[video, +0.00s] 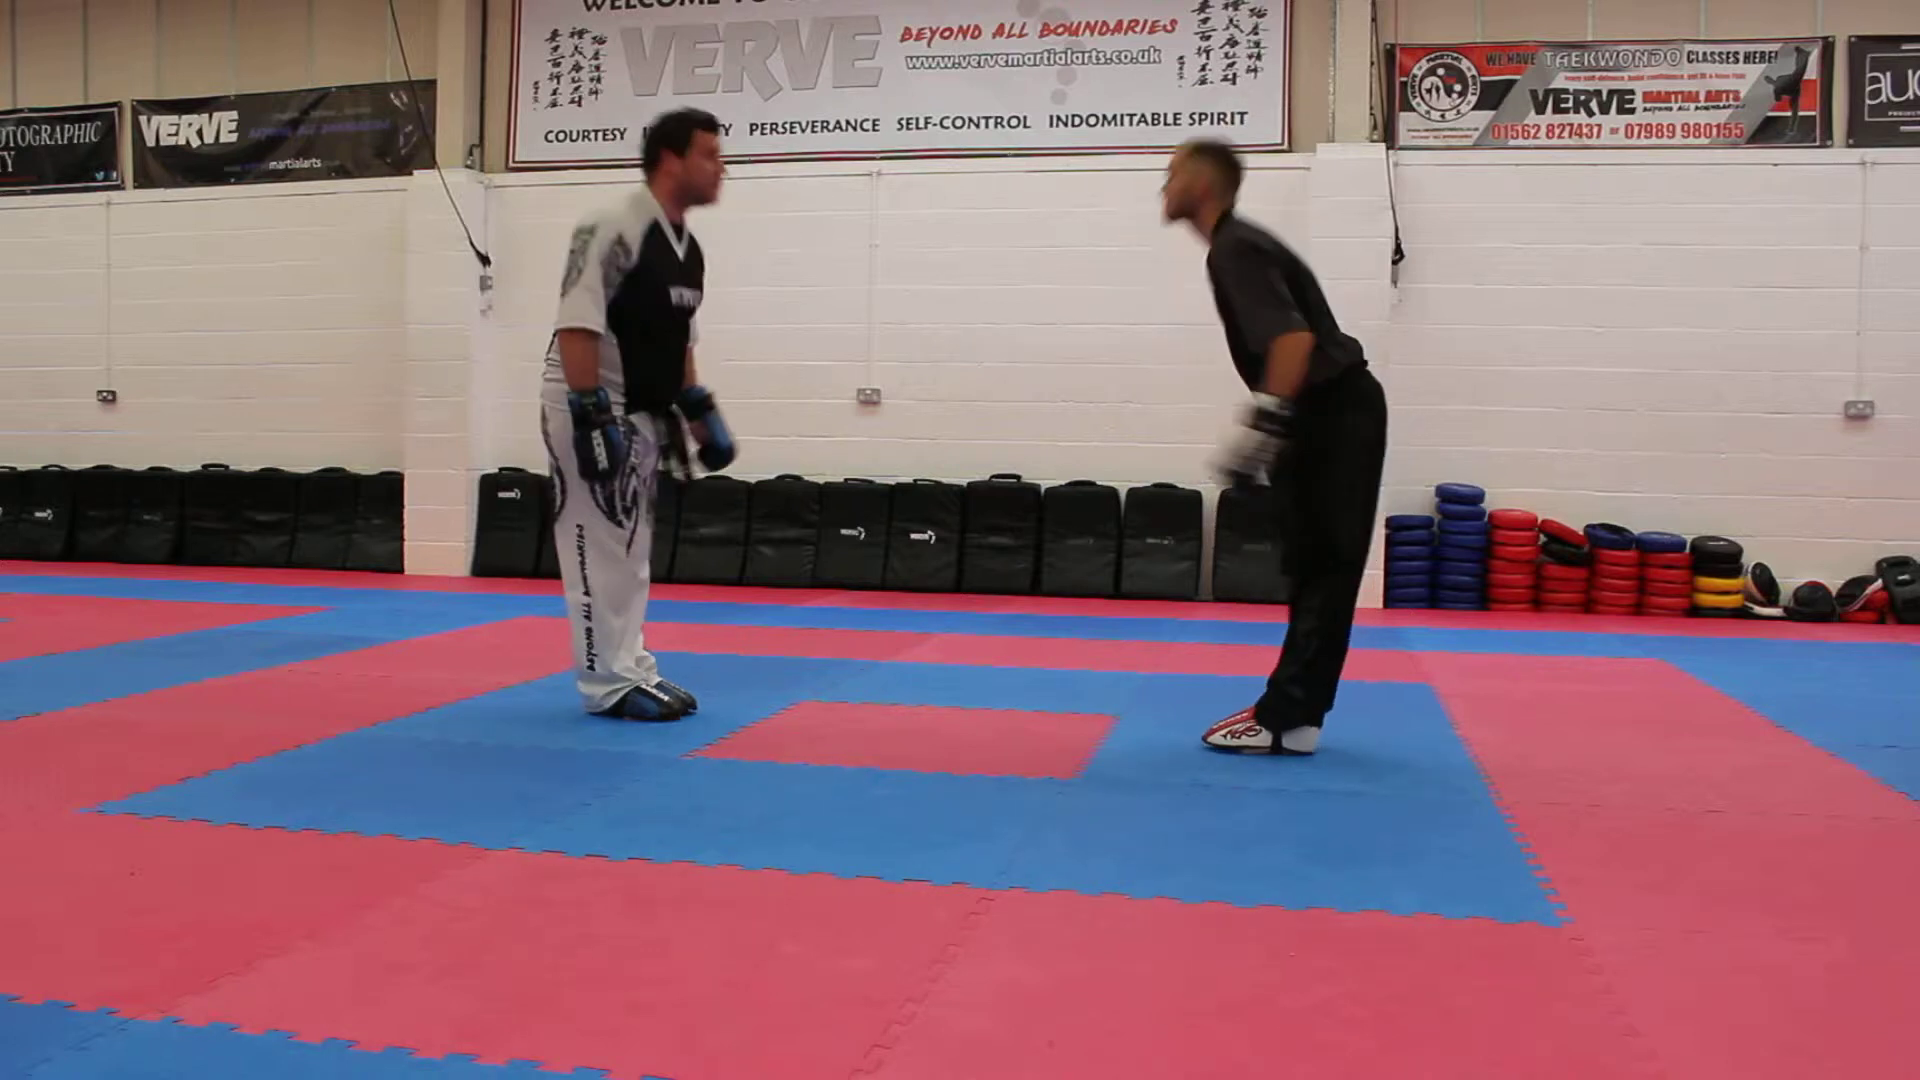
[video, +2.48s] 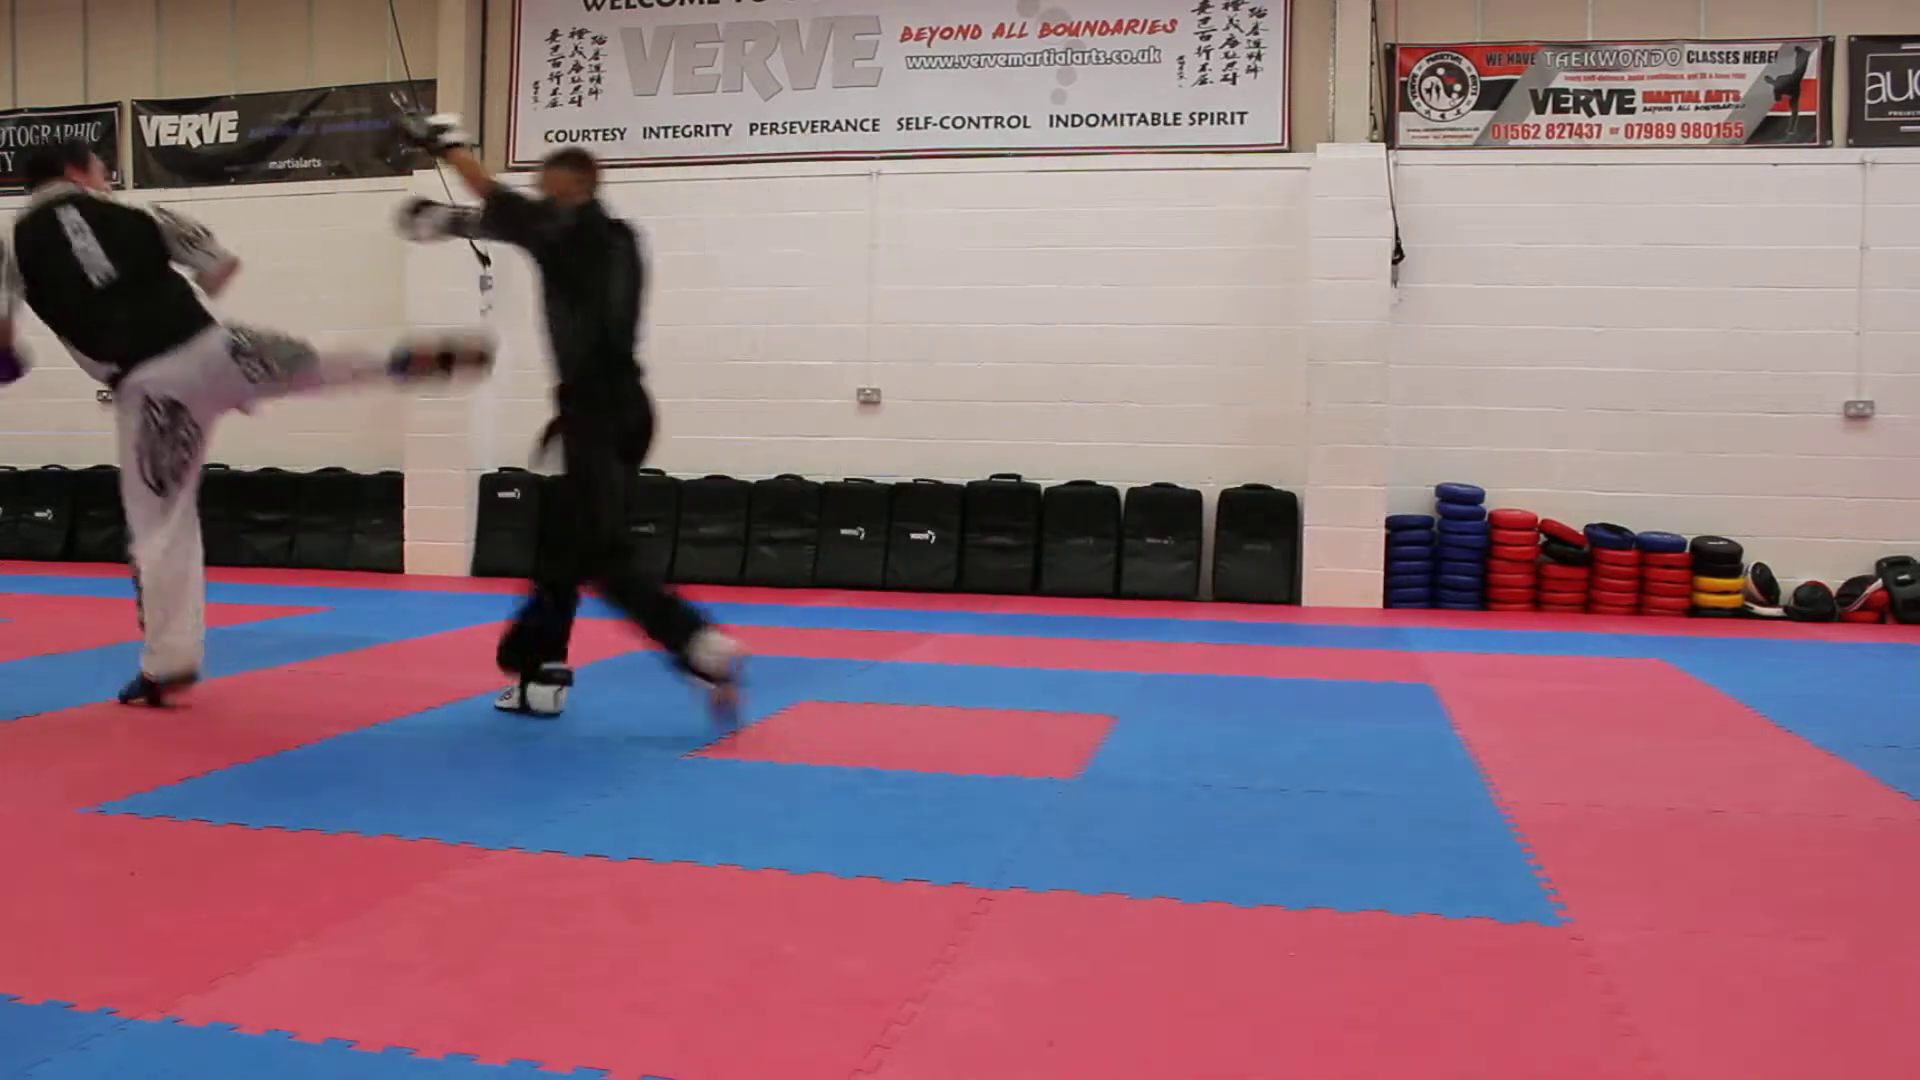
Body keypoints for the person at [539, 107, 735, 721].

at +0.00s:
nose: (721, 168)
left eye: (720, 157)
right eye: (710, 156)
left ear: (685, 164)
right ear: (671, 160)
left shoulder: (687, 249)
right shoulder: (610, 228)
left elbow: (674, 340)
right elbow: (576, 328)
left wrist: (699, 413)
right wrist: (594, 418)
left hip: (642, 413)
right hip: (592, 409)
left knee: (631, 543)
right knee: (600, 542)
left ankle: (631, 670)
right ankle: (604, 682)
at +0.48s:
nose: (643, 154)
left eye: (642, 143)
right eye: (630, 143)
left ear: (622, 154)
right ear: (588, 152)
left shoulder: (653, 248)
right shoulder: (533, 218)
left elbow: (674, 332)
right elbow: (502, 300)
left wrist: (729, 350)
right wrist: (578, 316)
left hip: (607, 419)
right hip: (529, 417)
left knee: (645, 535)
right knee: (489, 545)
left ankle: (643, 671)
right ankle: (441, 665)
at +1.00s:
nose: (608, 191)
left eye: (607, 180)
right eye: (595, 180)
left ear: (592, 187)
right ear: (552, 187)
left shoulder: (626, 273)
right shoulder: (491, 259)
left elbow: (654, 359)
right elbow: (457, 344)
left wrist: (699, 366)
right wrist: (516, 360)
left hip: (596, 443)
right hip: (511, 442)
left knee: (654, 556)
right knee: (450, 550)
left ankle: (700, 676)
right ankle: (410, 662)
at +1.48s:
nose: (566, 223)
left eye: (566, 212)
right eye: (553, 212)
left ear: (560, 218)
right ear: (512, 218)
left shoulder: (588, 301)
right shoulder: (461, 297)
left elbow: (628, 381)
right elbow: (433, 381)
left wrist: (664, 377)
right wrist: (479, 392)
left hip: (571, 468)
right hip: (491, 470)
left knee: (640, 570)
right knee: (414, 563)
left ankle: (704, 679)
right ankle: (414, 674)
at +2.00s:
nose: (256, 194)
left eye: (265, 179)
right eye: (254, 181)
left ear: (302, 178)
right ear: (285, 184)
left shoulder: (331, 240)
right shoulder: (307, 245)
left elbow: (347, 327)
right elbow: (307, 335)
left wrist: (265, 362)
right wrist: (259, 367)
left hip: (329, 420)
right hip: (365, 422)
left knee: (250, 541)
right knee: (338, 552)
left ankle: (190, 666)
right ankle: (408, 660)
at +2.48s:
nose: (109, 179)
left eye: (104, 169)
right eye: (102, 169)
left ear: (35, 181)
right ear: (79, 169)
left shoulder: (20, 240)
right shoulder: (131, 213)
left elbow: (5, 334)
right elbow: (220, 265)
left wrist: (10, 360)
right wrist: (171, 308)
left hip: (149, 392)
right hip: (212, 351)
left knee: (161, 529)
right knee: (321, 368)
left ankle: (170, 667)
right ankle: (414, 360)